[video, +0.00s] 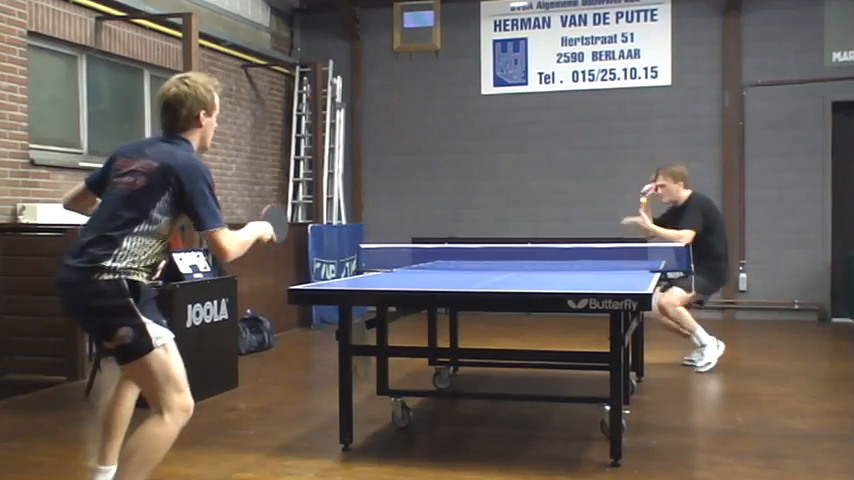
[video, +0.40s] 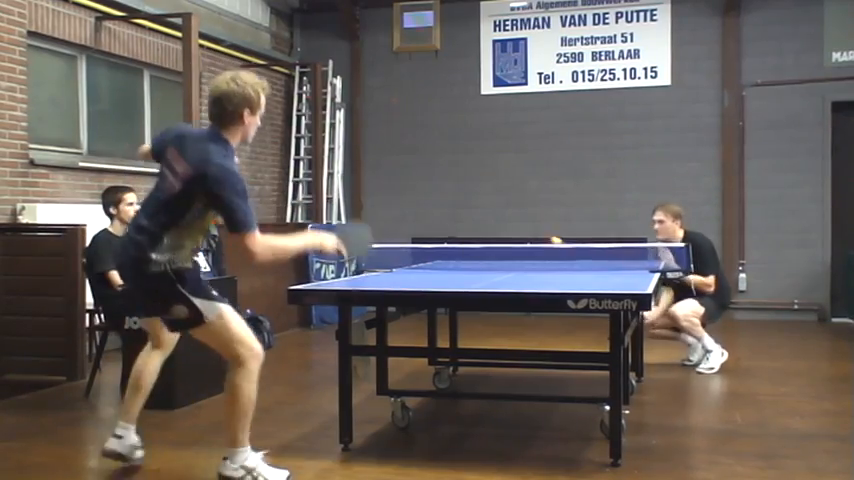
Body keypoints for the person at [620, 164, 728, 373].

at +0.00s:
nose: (658, 191)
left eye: (662, 186)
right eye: (658, 187)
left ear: (678, 185)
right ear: (676, 186)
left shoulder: (696, 204)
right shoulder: (676, 211)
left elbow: (684, 238)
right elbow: (650, 232)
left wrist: (648, 226)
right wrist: (645, 204)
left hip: (710, 271)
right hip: (691, 270)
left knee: (667, 301)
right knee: (652, 308)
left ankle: (710, 343)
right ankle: (701, 344)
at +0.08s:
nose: (659, 200)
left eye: (664, 195)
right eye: (659, 195)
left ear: (681, 195)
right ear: (679, 196)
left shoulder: (698, 215)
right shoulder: (676, 223)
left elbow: (691, 252)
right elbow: (649, 240)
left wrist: (655, 243)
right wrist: (653, 214)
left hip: (710, 281)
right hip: (688, 279)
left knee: (671, 310)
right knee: (649, 312)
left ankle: (712, 347)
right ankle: (698, 344)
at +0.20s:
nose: (661, 218)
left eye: (666, 213)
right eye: (660, 214)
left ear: (682, 213)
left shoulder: (702, 235)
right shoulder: (674, 240)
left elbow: (698, 277)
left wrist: (665, 260)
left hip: (715, 295)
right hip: (689, 293)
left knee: (674, 315)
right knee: (648, 316)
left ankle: (714, 348)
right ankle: (697, 343)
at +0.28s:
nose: (659, 228)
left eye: (664, 223)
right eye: (658, 223)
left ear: (680, 223)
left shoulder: (703, 244)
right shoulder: (672, 248)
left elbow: (704, 288)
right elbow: (672, 289)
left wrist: (677, 274)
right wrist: (658, 308)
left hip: (716, 300)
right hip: (688, 299)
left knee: (675, 315)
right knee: (648, 321)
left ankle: (716, 349)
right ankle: (696, 344)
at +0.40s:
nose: (655, 227)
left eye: (660, 222)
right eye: (654, 223)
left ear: (676, 223)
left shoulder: (700, 243)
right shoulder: (662, 248)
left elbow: (709, 286)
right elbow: (668, 286)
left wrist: (682, 276)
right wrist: (657, 310)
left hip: (712, 296)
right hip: (682, 296)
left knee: (678, 312)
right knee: (646, 323)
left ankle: (715, 350)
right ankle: (694, 343)